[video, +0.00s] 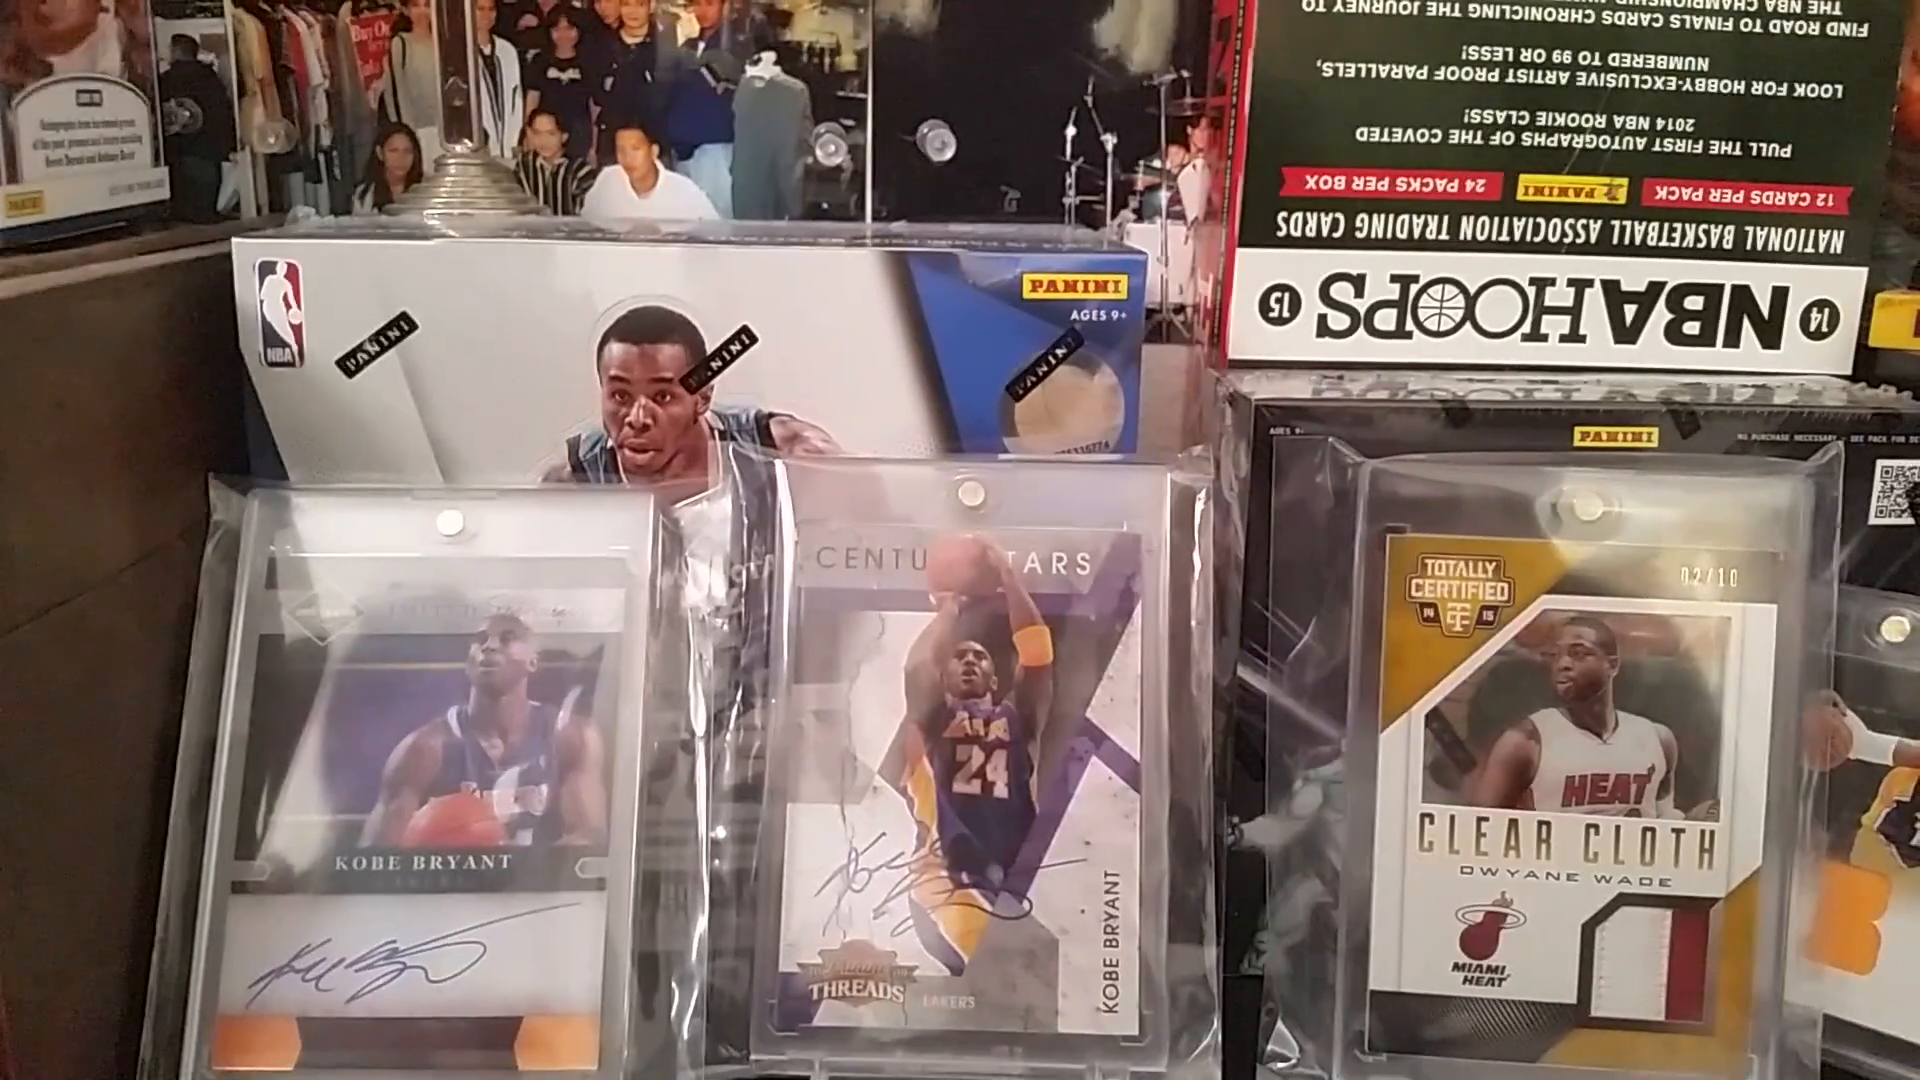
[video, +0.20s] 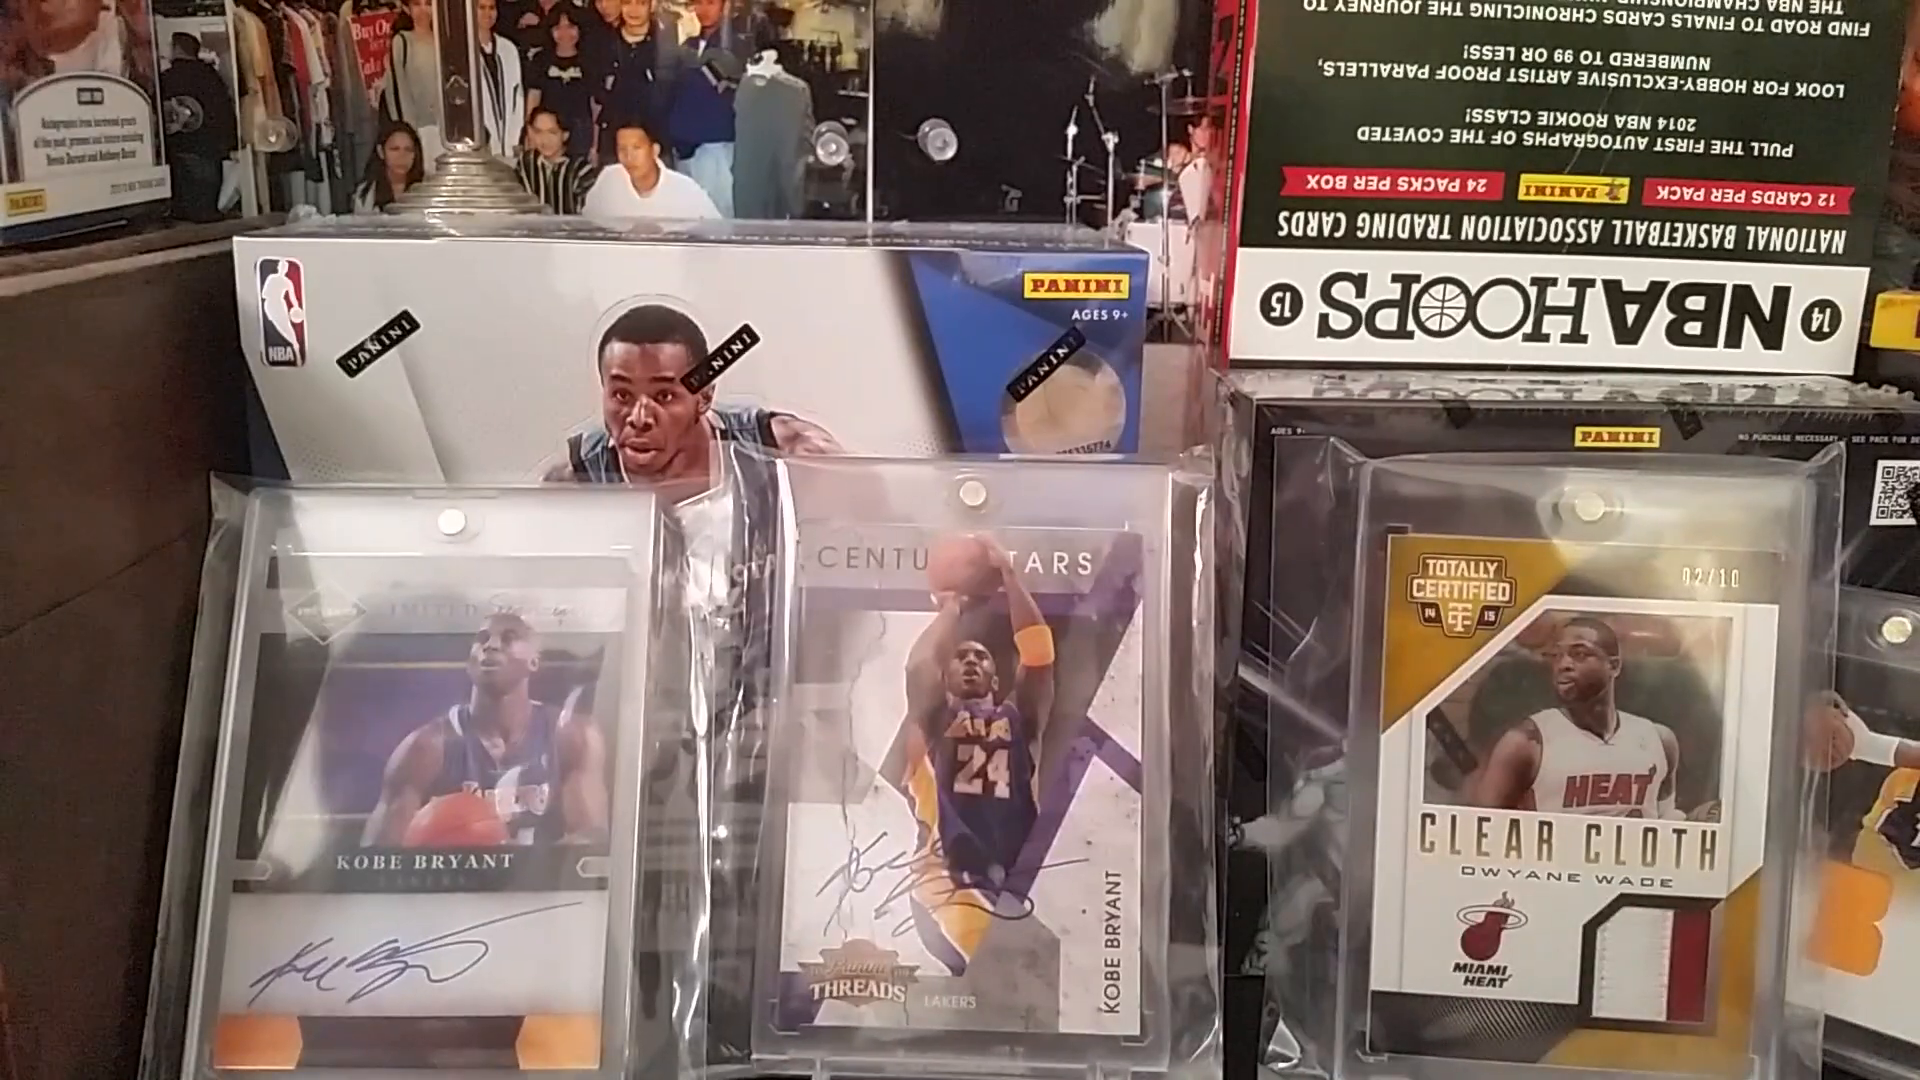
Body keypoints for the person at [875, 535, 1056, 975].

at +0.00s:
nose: (971, 660)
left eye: (980, 656)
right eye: (958, 655)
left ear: (995, 674)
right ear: (941, 673)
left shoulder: (1019, 719)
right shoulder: (931, 719)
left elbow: (1034, 650)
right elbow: (917, 667)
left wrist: (1007, 573)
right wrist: (949, 607)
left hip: (1012, 877)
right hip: (945, 876)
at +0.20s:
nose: (971, 661)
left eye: (981, 656)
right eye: (960, 656)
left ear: (996, 674)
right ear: (944, 674)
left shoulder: (1020, 719)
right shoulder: (932, 718)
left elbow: (1036, 652)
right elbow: (919, 665)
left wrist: (1010, 574)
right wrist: (950, 607)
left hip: (1011, 881)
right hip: (946, 880)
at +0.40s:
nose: (973, 660)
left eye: (982, 656)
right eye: (961, 655)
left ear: (997, 675)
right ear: (943, 673)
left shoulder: (1020, 719)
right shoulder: (933, 717)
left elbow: (1036, 651)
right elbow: (919, 666)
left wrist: (1009, 573)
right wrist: (952, 604)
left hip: (1009, 880)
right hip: (945, 879)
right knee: (1005, 970)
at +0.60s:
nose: (971, 662)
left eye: (981, 657)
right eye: (960, 656)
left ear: (996, 675)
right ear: (944, 675)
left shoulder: (1021, 717)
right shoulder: (935, 718)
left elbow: (1038, 652)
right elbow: (920, 664)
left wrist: (1007, 571)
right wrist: (951, 607)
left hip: (1011, 877)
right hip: (945, 877)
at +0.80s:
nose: (970, 662)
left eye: (981, 657)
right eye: (959, 656)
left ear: (996, 675)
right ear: (944, 675)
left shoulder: (1021, 716)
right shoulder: (937, 721)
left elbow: (1038, 652)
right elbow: (919, 665)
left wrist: (1008, 571)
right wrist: (951, 608)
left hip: (1015, 874)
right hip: (949, 877)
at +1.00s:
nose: (970, 661)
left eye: (981, 657)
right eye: (960, 656)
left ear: (996, 675)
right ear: (945, 675)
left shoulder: (1020, 716)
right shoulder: (938, 720)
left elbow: (1037, 652)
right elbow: (919, 664)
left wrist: (1008, 571)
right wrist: (952, 605)